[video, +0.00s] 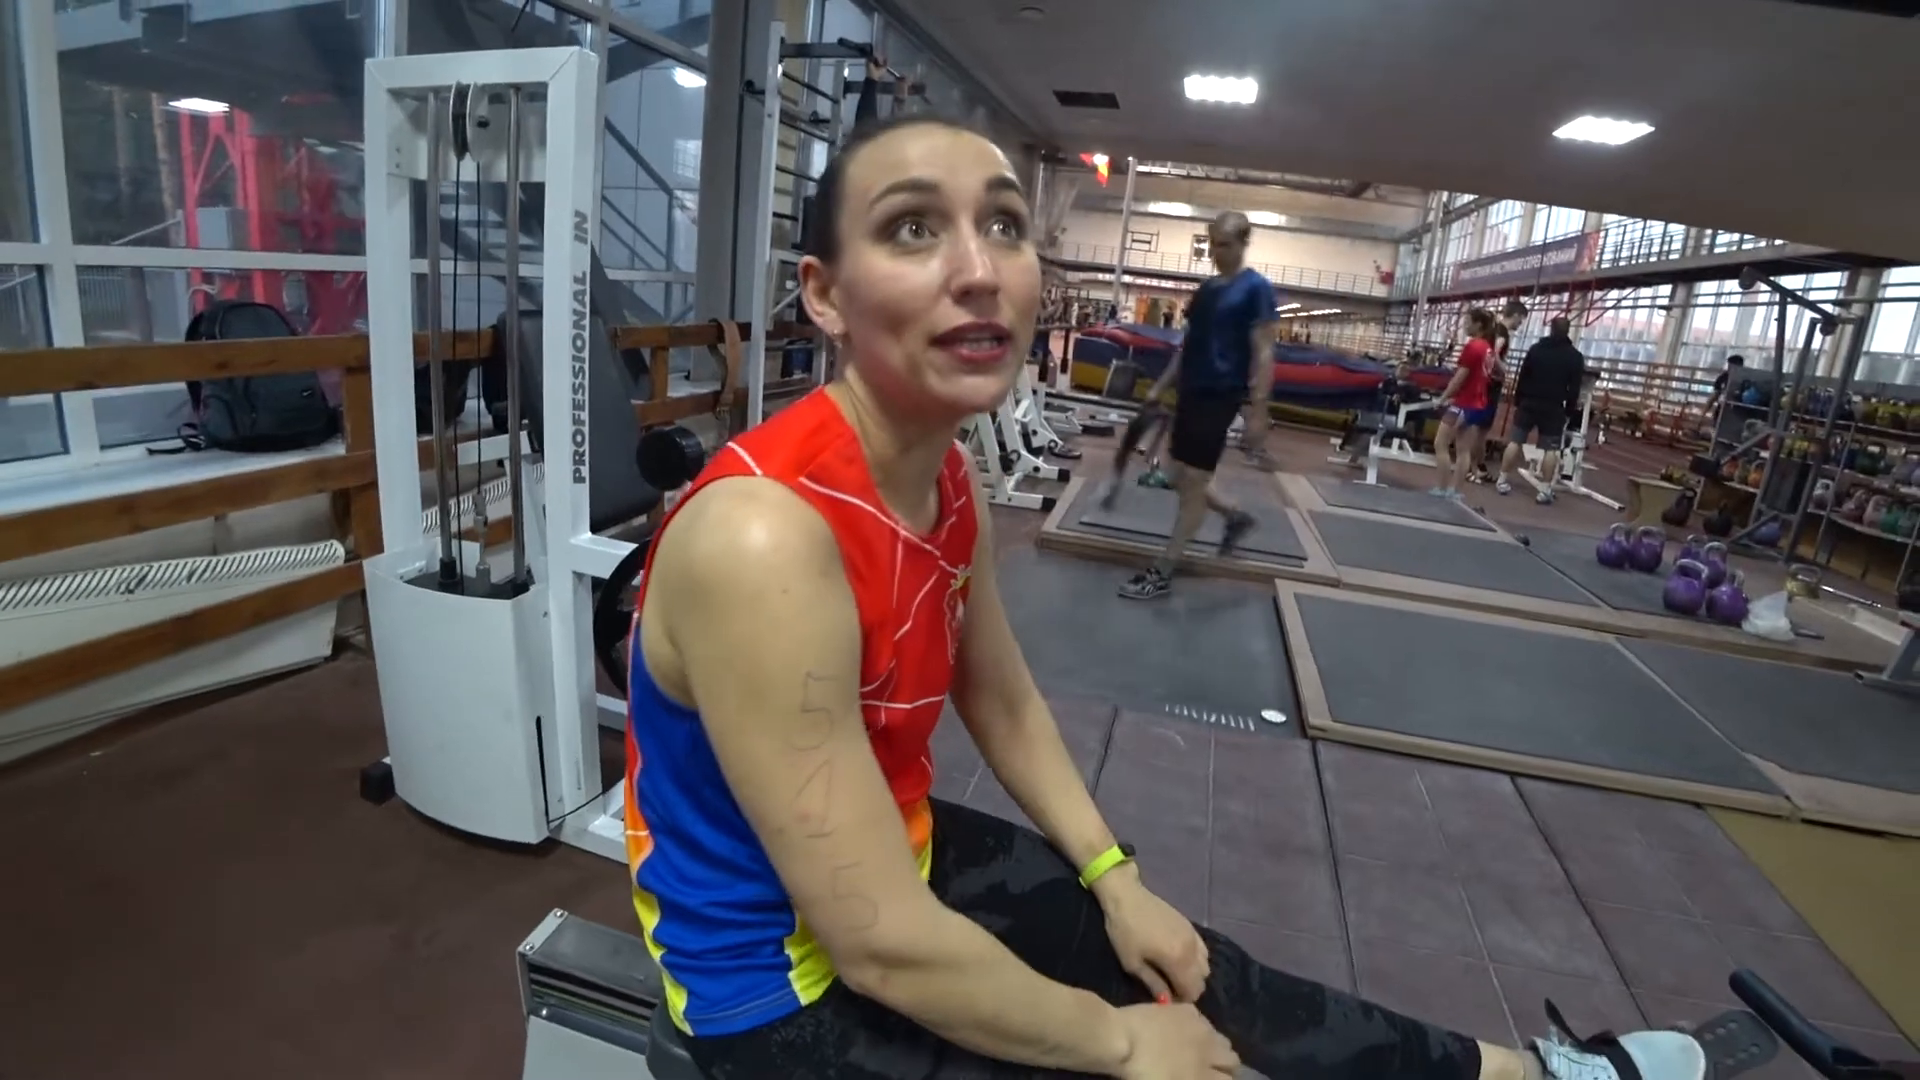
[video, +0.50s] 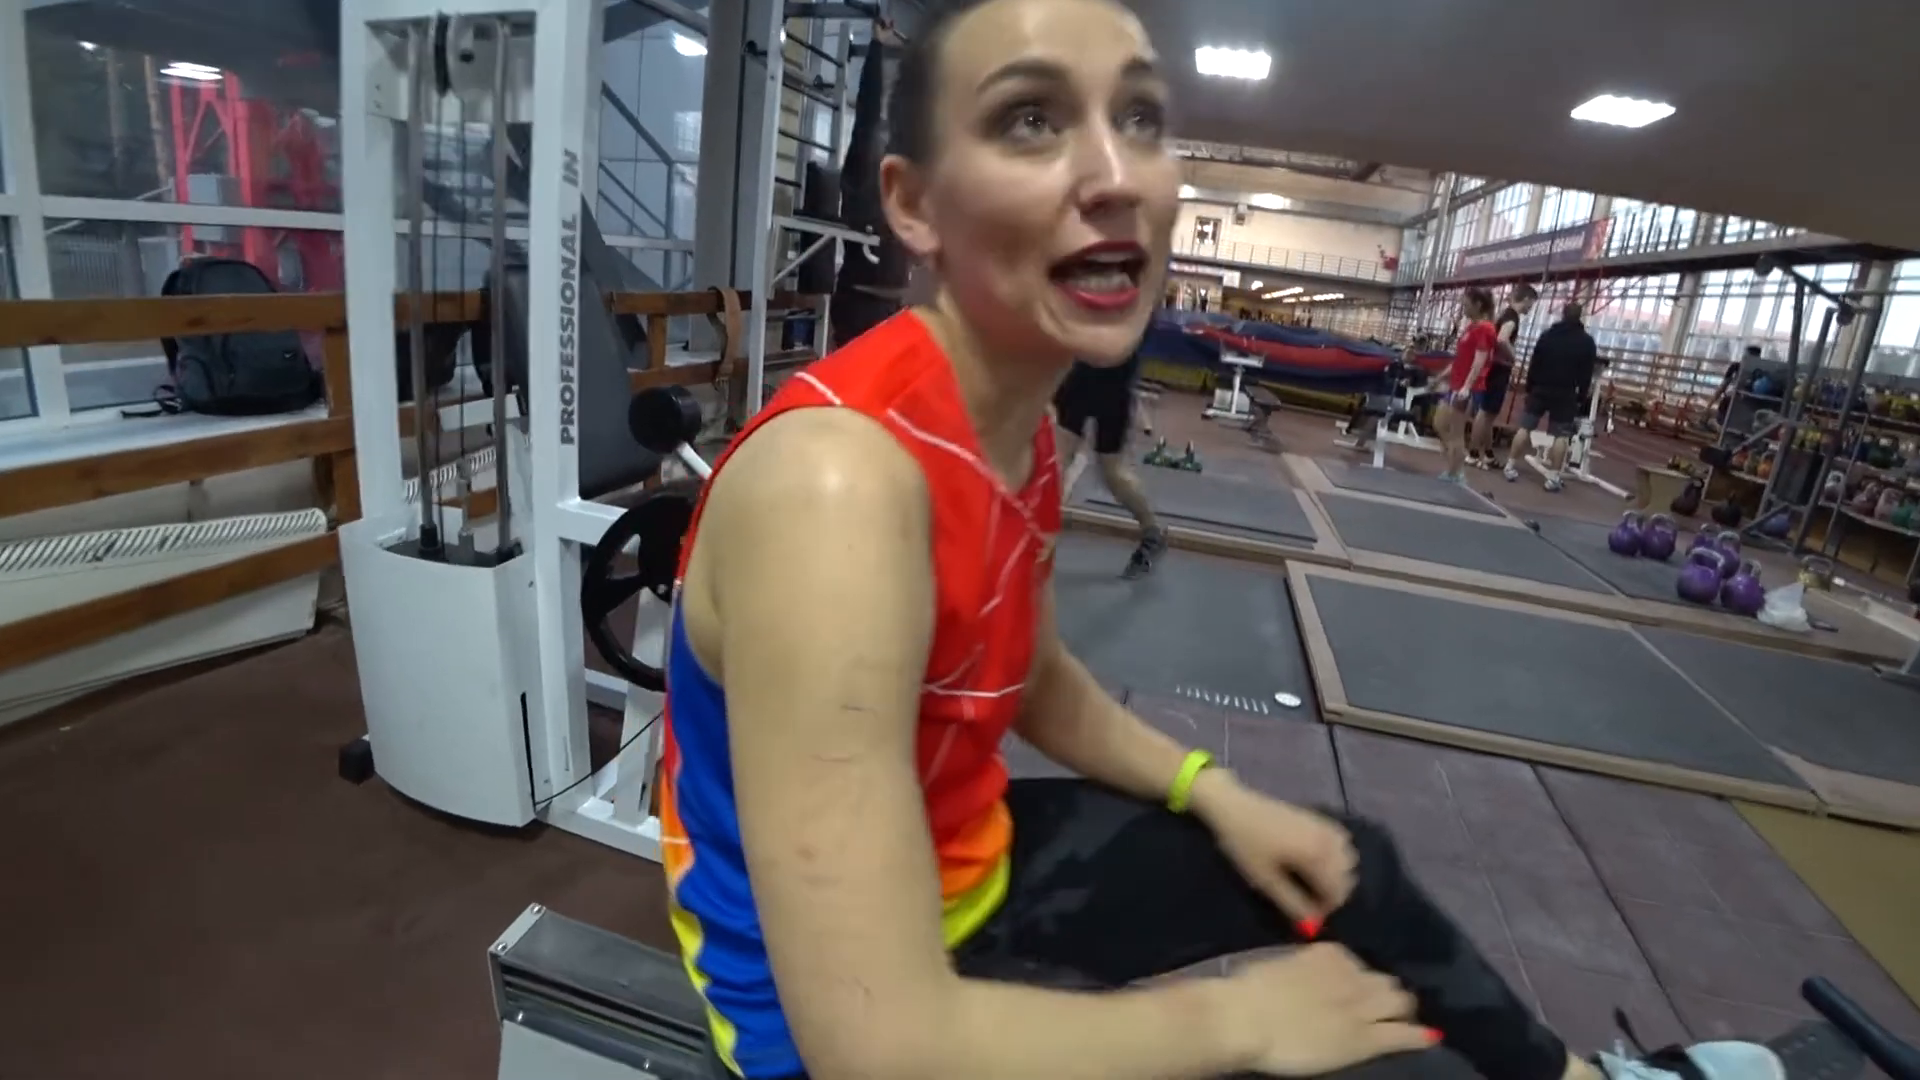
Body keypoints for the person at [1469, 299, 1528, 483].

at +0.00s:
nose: (1520, 323)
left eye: (1522, 319)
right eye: (1520, 318)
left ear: (1507, 314)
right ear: (1512, 315)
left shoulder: (1496, 329)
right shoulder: (1502, 334)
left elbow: (1492, 357)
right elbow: (1494, 357)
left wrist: (1500, 371)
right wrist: (1505, 373)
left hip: (1489, 382)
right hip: (1491, 384)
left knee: (1482, 426)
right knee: (1482, 426)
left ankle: (1478, 466)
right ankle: (1474, 468)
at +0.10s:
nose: (1519, 323)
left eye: (1520, 319)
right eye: (1518, 318)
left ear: (1507, 315)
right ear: (1510, 315)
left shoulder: (1494, 328)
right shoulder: (1500, 332)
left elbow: (1489, 354)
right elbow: (1493, 354)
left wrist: (1497, 369)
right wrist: (1503, 371)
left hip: (1487, 379)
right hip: (1489, 381)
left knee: (1480, 426)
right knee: (1480, 426)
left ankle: (1478, 466)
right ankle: (1473, 469)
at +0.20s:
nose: (1519, 322)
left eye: (1521, 318)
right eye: (1519, 317)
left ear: (1507, 313)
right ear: (1511, 314)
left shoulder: (1493, 328)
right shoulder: (1501, 332)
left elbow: (1489, 354)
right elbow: (1493, 353)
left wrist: (1497, 368)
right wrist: (1503, 369)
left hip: (1487, 379)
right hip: (1489, 380)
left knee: (1480, 425)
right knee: (1479, 425)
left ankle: (1479, 466)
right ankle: (1470, 467)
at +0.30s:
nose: (1522, 319)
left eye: (1524, 316)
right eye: (1522, 315)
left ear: (1510, 312)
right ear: (1513, 312)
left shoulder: (1499, 327)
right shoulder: (1503, 331)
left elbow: (1492, 353)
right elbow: (1494, 351)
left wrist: (1501, 367)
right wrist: (1506, 368)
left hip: (1492, 377)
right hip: (1491, 378)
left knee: (1484, 423)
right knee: (1480, 422)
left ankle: (1481, 463)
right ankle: (1469, 464)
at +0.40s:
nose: (1527, 316)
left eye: (1528, 312)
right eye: (1526, 311)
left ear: (1513, 308)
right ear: (1518, 308)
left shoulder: (1503, 324)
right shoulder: (1508, 327)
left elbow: (1496, 349)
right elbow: (1499, 347)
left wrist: (1503, 364)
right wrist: (1510, 365)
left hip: (1494, 373)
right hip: (1495, 375)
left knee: (1486, 420)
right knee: (1483, 420)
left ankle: (1483, 460)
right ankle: (1472, 461)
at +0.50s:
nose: (1530, 307)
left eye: (1532, 303)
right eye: (1530, 303)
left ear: (1518, 299)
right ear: (1523, 300)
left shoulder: (1508, 315)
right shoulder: (1511, 318)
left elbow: (1500, 340)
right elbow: (1502, 338)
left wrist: (1508, 354)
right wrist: (1513, 356)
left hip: (1498, 365)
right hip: (1498, 367)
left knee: (1490, 412)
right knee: (1486, 411)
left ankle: (1486, 452)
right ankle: (1474, 453)